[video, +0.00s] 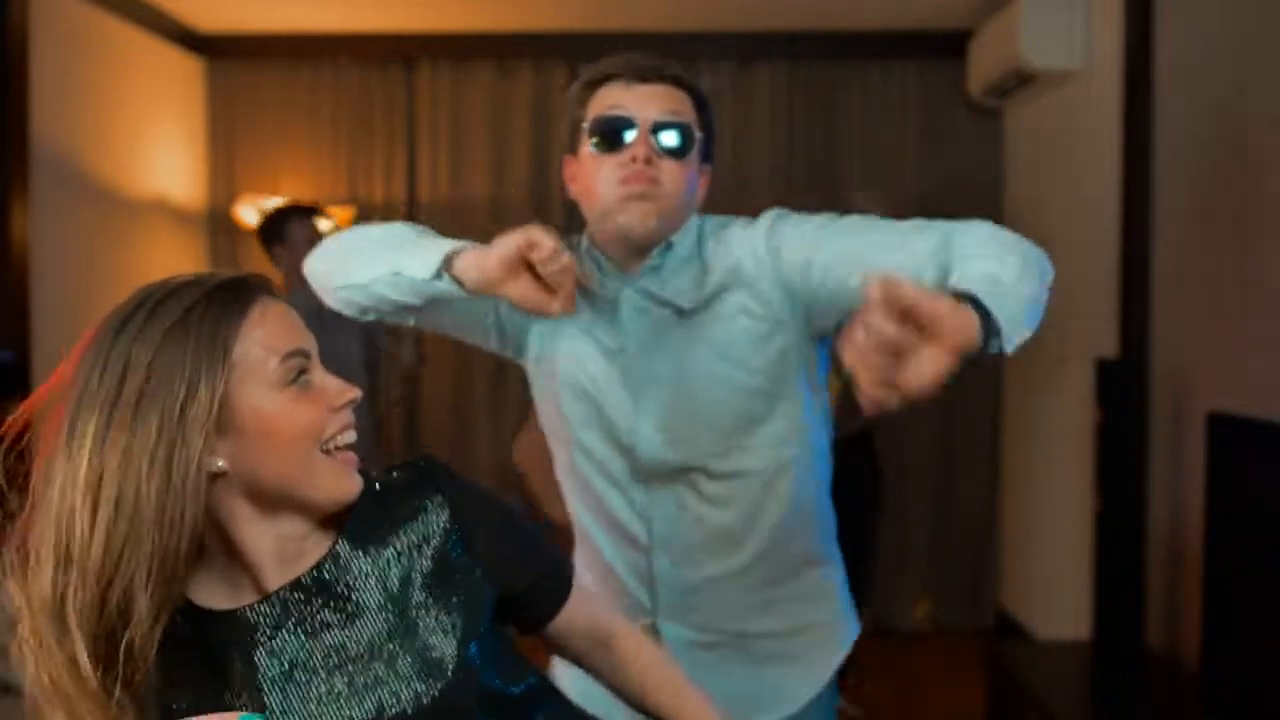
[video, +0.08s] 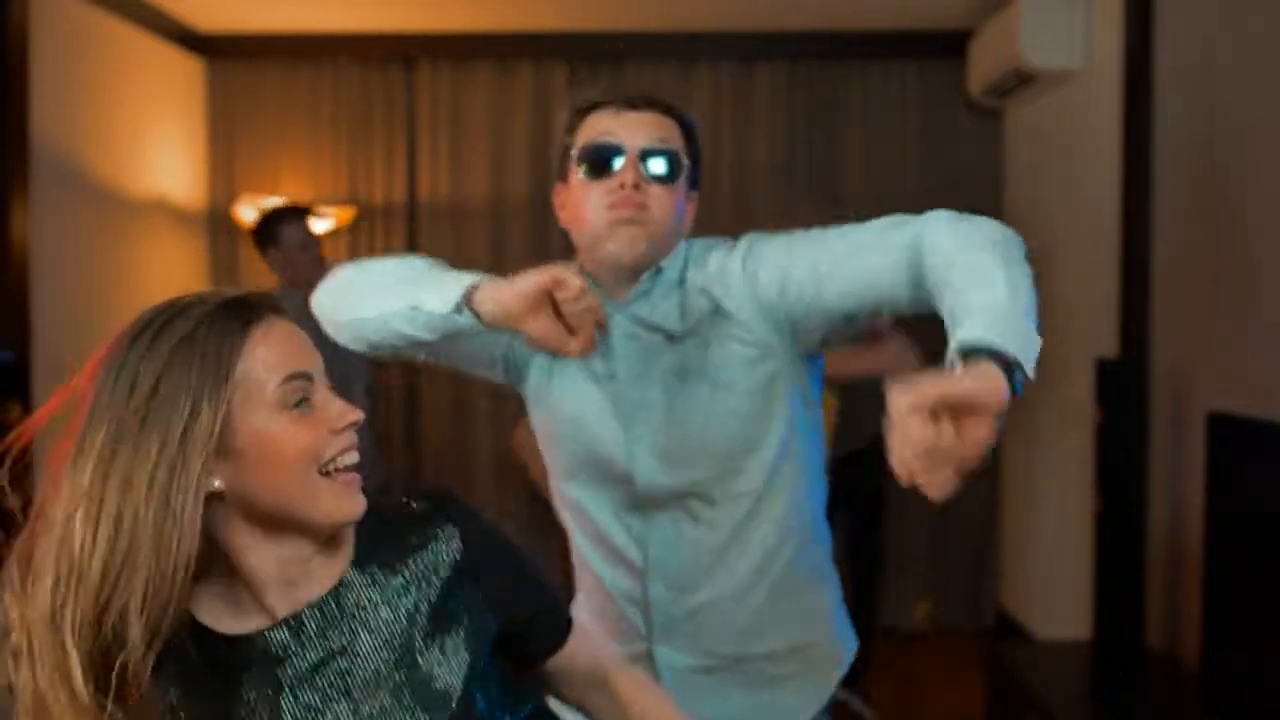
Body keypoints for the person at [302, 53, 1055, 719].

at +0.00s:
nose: (642, 154)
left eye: (671, 139)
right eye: (613, 135)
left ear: (703, 182)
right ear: (573, 178)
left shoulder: (773, 260)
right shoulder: (535, 294)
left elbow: (1005, 255)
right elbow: (330, 266)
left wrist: (963, 316)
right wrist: (464, 267)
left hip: (782, 680)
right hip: (614, 677)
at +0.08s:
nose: (630, 180)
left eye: (658, 165)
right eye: (601, 162)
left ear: (691, 210)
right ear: (563, 206)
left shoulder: (751, 285)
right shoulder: (530, 324)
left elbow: (964, 241)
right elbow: (336, 301)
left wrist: (986, 364)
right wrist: (481, 301)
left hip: (779, 688)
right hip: (617, 687)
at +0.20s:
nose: (625, 228)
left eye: (653, 215)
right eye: (595, 213)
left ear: (686, 258)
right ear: (559, 258)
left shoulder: (746, 333)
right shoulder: (530, 382)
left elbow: (921, 289)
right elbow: (339, 373)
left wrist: (1007, 434)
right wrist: (500, 363)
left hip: (778, 707)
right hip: (614, 712)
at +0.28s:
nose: (625, 257)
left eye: (653, 243)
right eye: (597, 242)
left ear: (686, 283)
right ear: (561, 285)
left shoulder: (749, 363)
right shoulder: (530, 411)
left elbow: (921, 340)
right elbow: (345, 401)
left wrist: (992, 435)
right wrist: (496, 392)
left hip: (765, 704)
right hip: (607, 710)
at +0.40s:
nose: (635, 258)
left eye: (662, 244)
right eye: (607, 244)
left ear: (694, 285)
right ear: (573, 287)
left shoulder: (766, 374)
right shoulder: (533, 402)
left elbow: (975, 414)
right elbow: (354, 393)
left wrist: (937, 405)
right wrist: (447, 378)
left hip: (766, 705)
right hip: (609, 710)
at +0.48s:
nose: (648, 225)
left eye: (676, 210)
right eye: (620, 210)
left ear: (709, 254)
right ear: (586, 255)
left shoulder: (774, 350)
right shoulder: (532, 360)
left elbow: (985, 401)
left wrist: (898, 363)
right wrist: (431, 333)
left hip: (766, 698)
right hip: (596, 700)